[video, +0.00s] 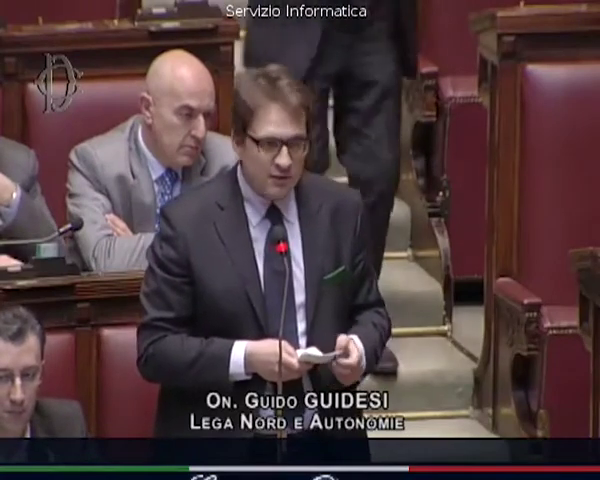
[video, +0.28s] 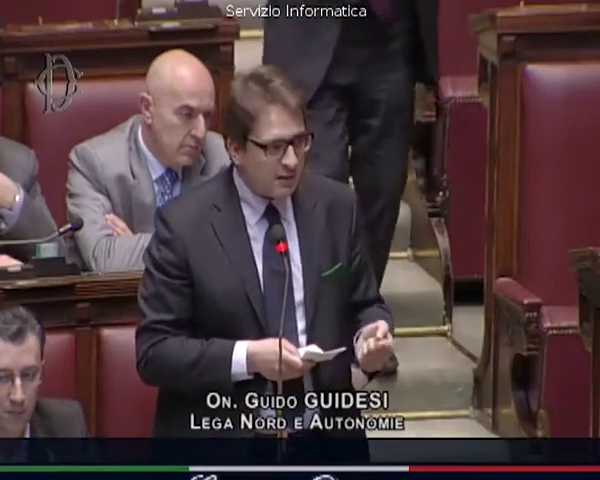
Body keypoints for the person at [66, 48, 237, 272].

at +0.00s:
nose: (200, 132)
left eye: (207, 115)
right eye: (186, 114)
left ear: (213, 110)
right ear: (147, 108)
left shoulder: (226, 157)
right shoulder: (92, 161)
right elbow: (105, 259)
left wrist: (138, 250)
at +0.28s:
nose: (200, 132)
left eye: (207, 116)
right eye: (187, 114)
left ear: (212, 111)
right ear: (147, 108)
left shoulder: (218, 154)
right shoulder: (92, 161)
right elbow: (105, 259)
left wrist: (137, 248)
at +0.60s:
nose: (200, 131)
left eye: (207, 115)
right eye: (186, 114)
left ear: (212, 111)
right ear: (147, 108)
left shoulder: (216, 153)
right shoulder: (92, 161)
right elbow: (105, 260)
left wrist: (137, 247)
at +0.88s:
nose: (200, 131)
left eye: (207, 115)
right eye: (187, 114)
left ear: (212, 110)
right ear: (147, 108)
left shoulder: (215, 153)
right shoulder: (92, 161)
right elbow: (105, 260)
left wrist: (137, 246)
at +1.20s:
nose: (200, 130)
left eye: (206, 114)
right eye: (186, 113)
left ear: (211, 108)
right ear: (146, 108)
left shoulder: (209, 152)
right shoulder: (92, 160)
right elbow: (105, 260)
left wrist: (137, 247)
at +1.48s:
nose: (200, 131)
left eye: (206, 114)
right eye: (186, 113)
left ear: (212, 110)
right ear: (147, 108)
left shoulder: (212, 153)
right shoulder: (92, 160)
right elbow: (105, 259)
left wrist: (138, 247)